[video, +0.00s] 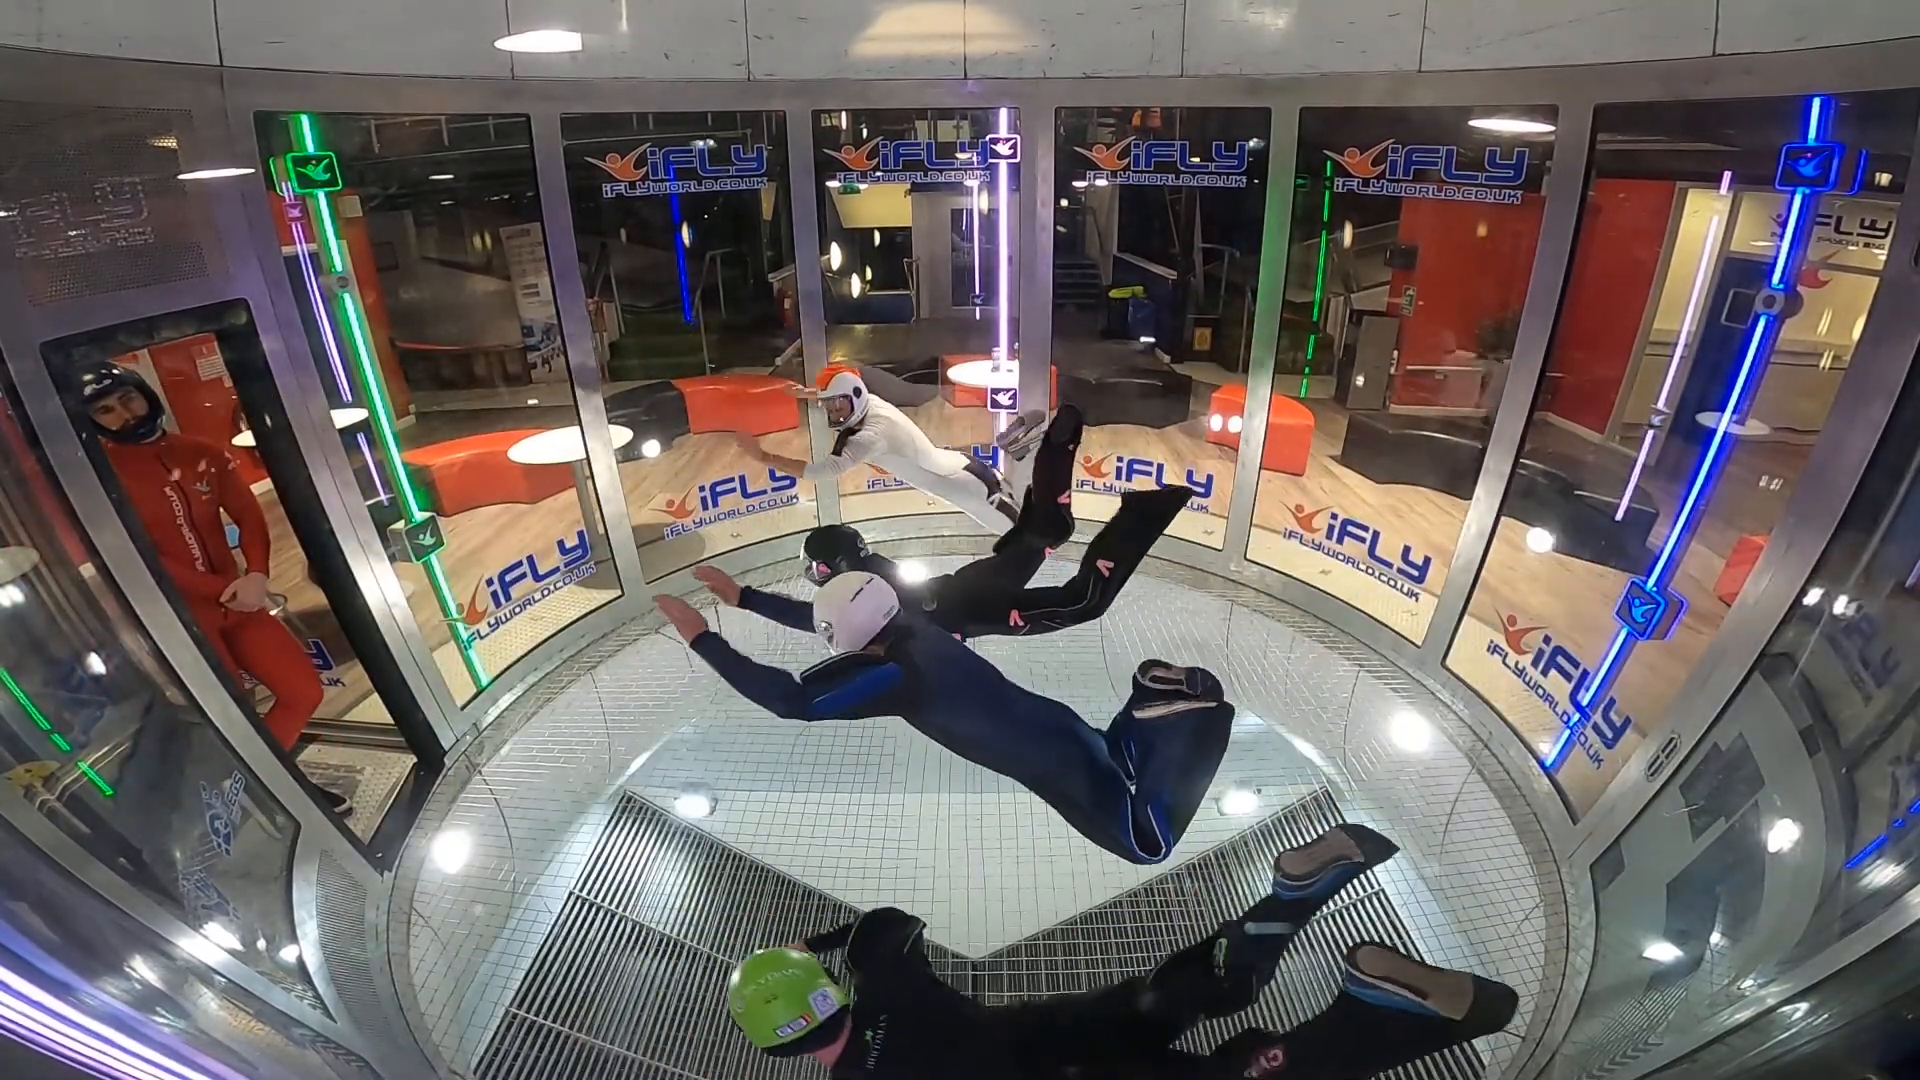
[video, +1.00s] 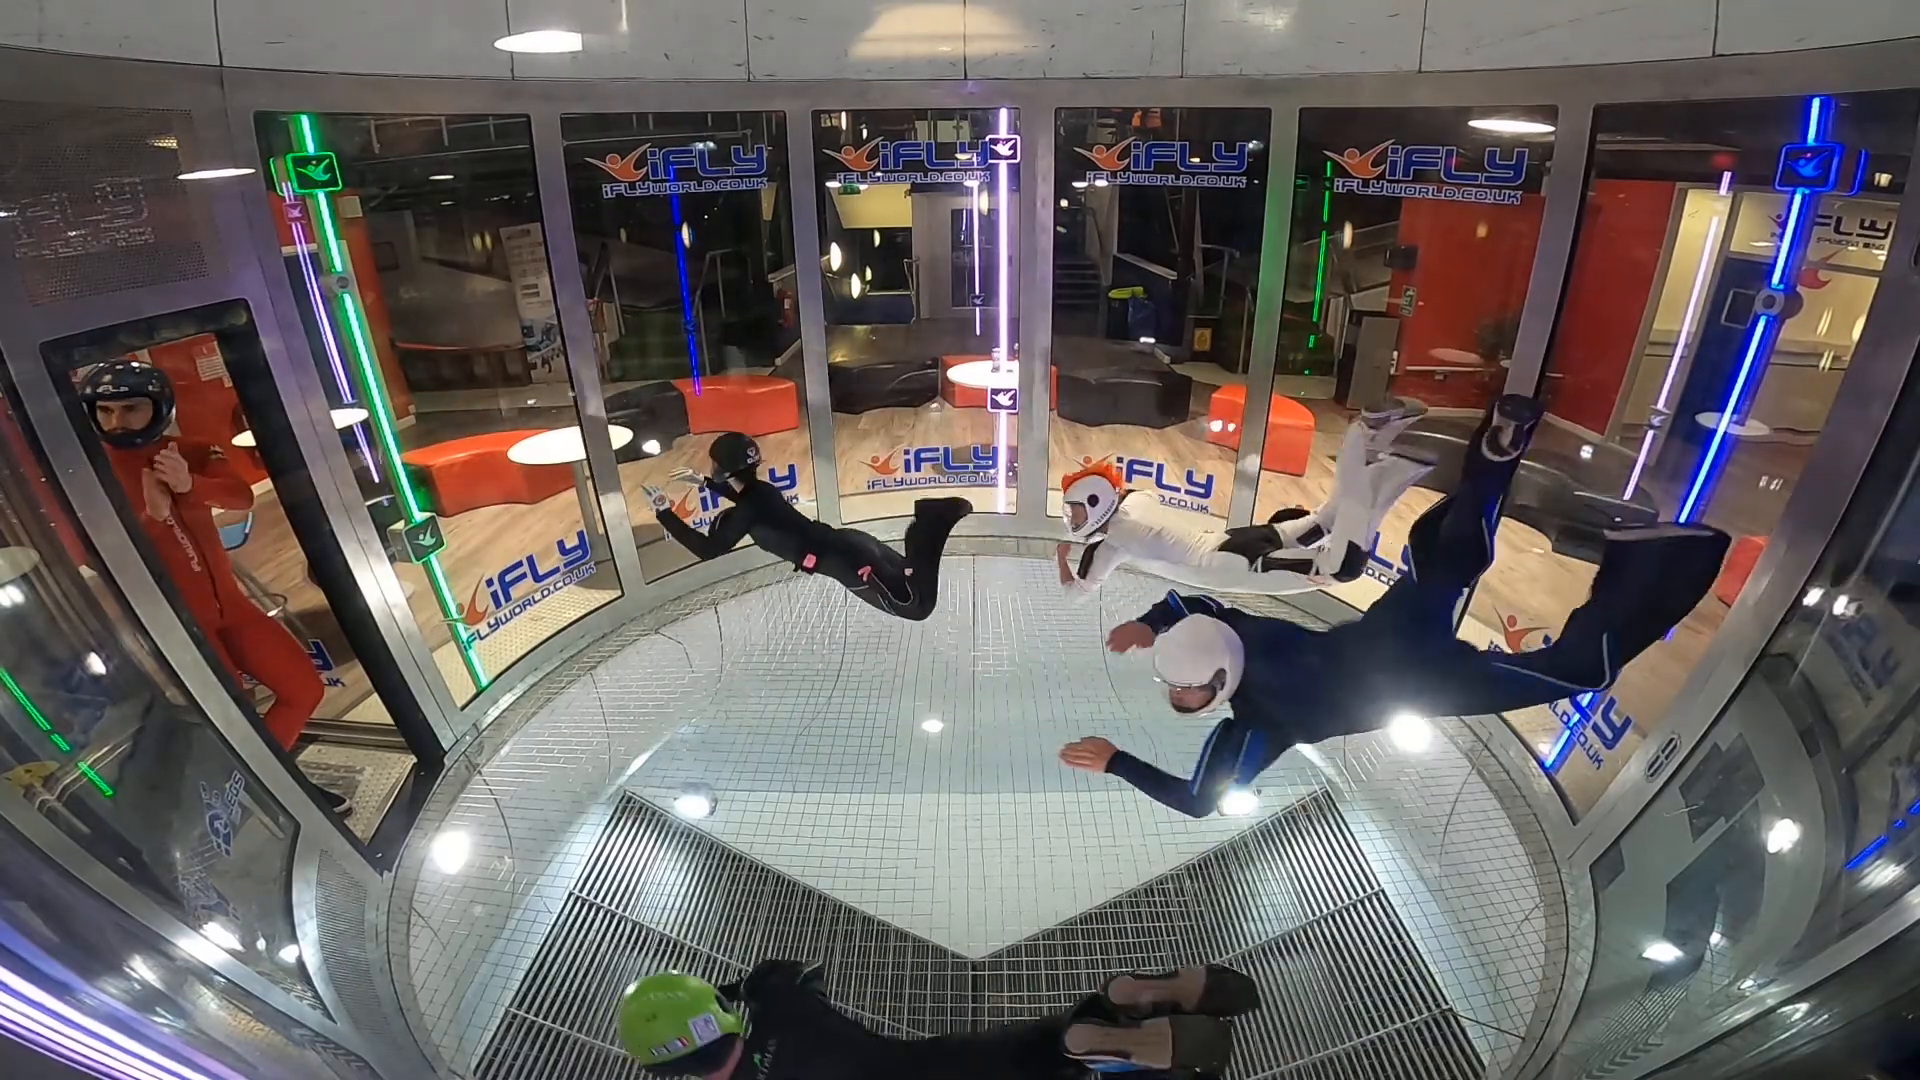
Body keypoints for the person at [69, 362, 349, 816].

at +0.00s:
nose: (126, 415)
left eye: (127, 398)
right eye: (106, 412)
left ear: (145, 394)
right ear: (91, 425)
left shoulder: (201, 454)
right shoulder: (100, 480)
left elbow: (250, 516)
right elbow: (137, 566)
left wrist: (256, 574)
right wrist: (224, 590)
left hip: (237, 603)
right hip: (184, 621)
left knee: (304, 691)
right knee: (237, 716)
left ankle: (245, 782)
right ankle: (294, 791)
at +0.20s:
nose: (125, 412)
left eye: (127, 395)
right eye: (105, 409)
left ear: (144, 393)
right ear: (89, 422)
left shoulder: (201, 456)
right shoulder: (99, 476)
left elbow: (250, 518)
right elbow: (136, 566)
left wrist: (256, 574)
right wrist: (225, 590)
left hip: (236, 604)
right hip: (184, 622)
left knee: (306, 690)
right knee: (238, 716)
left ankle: (244, 781)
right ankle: (294, 790)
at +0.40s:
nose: (117, 414)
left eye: (121, 398)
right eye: (100, 410)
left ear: (143, 397)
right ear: (87, 423)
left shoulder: (198, 454)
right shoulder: (97, 477)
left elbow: (250, 515)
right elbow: (135, 567)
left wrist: (256, 576)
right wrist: (224, 589)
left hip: (237, 604)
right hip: (184, 621)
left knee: (306, 690)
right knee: (238, 715)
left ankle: (240, 786)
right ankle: (293, 793)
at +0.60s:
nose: (113, 417)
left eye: (120, 401)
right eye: (97, 409)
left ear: (144, 399)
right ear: (85, 419)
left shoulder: (197, 455)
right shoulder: (96, 477)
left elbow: (251, 512)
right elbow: (129, 571)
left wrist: (253, 564)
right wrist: (214, 586)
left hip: (237, 603)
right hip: (184, 620)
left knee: (306, 690)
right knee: (237, 711)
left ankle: (244, 782)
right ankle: (291, 792)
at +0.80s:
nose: (116, 423)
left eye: (127, 407)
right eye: (101, 411)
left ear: (151, 405)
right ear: (86, 417)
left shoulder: (194, 454)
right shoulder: (90, 476)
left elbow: (254, 509)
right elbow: (93, 558)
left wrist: (238, 517)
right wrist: (161, 548)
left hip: (233, 606)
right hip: (182, 628)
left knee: (305, 689)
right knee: (237, 711)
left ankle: (247, 780)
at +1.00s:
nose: (118, 423)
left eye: (131, 409)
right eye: (104, 411)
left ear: (157, 410)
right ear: (90, 415)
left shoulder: (188, 452)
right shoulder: (92, 473)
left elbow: (242, 497)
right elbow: (96, 557)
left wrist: (191, 484)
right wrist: (150, 517)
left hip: (231, 606)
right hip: (182, 628)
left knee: (304, 688)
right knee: (240, 716)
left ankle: (243, 782)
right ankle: (293, 791)